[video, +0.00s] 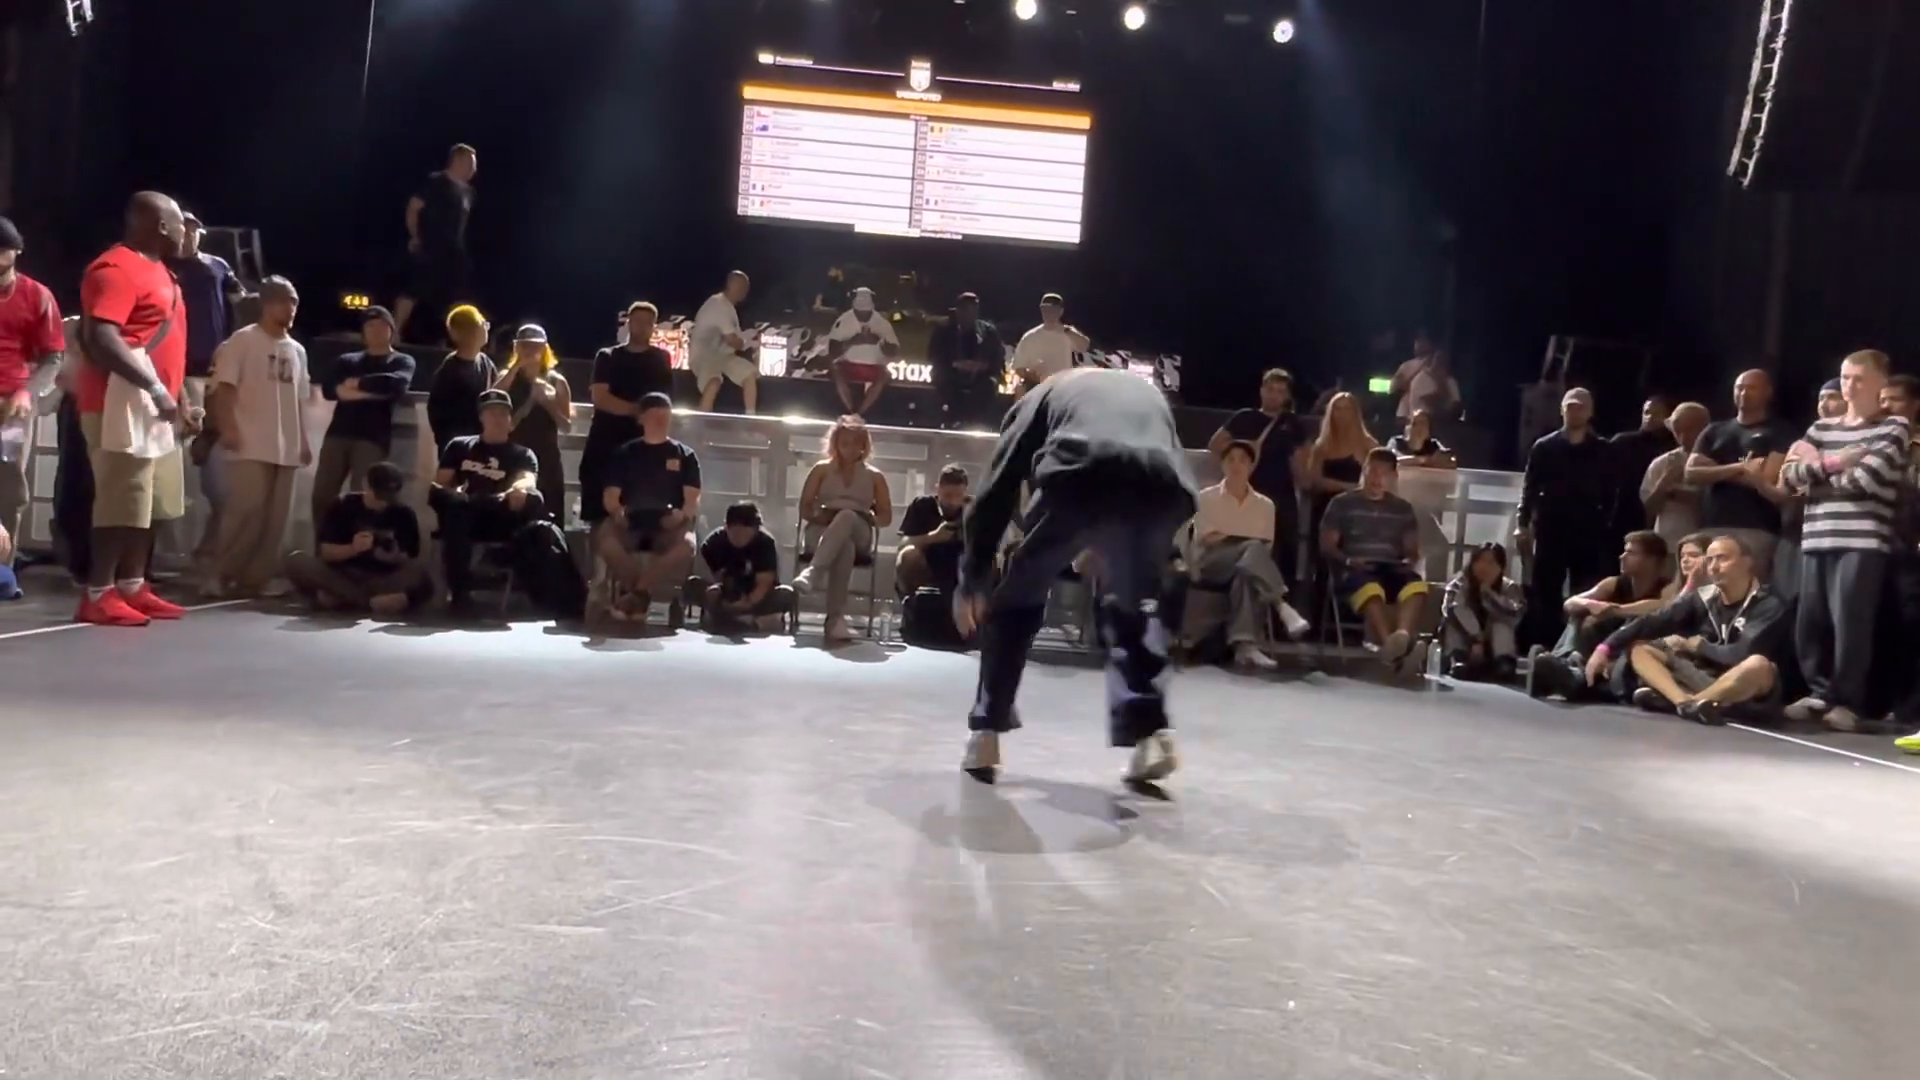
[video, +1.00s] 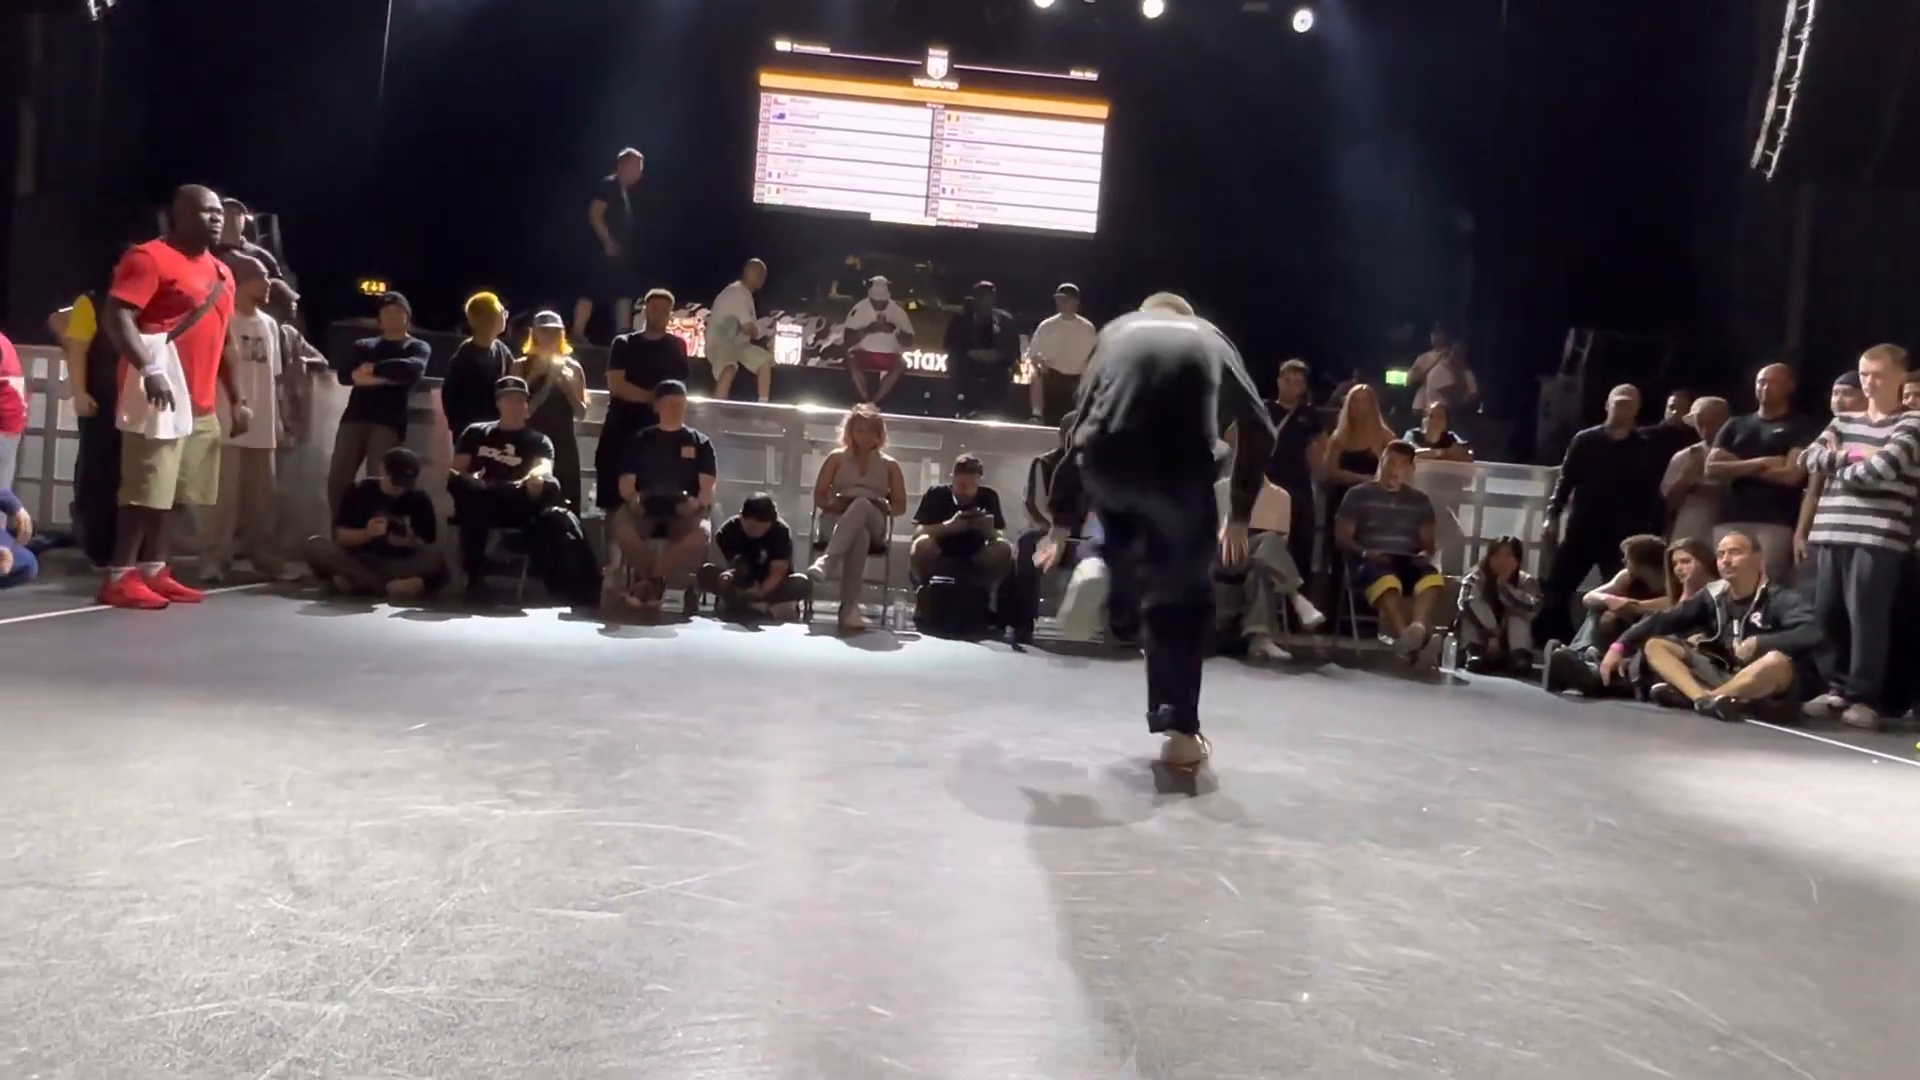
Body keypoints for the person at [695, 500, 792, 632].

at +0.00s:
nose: (739, 538)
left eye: (745, 533)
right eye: (735, 532)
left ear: (755, 530)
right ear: (727, 527)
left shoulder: (765, 542)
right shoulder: (711, 544)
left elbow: (765, 582)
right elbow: (718, 578)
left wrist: (748, 602)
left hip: (755, 586)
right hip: (728, 586)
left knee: (786, 593)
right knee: (692, 584)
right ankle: (752, 622)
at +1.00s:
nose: (755, 532)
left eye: (761, 528)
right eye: (751, 526)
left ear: (770, 523)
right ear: (742, 517)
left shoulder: (780, 531)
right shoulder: (726, 533)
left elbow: (779, 569)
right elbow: (735, 566)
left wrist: (761, 591)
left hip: (770, 578)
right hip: (742, 579)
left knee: (802, 582)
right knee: (707, 572)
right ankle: (766, 609)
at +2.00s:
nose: (763, 526)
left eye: (769, 522)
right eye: (760, 520)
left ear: (778, 516)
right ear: (751, 509)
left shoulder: (788, 522)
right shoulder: (734, 524)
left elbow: (788, 562)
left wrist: (768, 581)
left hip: (779, 570)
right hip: (750, 572)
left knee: (810, 573)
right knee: (715, 566)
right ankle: (777, 601)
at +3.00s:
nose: (762, 524)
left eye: (768, 521)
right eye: (759, 519)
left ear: (779, 517)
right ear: (752, 508)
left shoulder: (790, 522)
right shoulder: (736, 523)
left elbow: (788, 563)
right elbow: (742, 558)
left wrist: (769, 580)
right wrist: (736, 568)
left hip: (780, 570)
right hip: (751, 570)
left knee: (811, 573)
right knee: (716, 564)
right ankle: (775, 600)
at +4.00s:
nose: (767, 524)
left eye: (772, 520)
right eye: (764, 519)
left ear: (779, 515)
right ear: (753, 511)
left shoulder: (790, 522)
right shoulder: (735, 523)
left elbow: (787, 563)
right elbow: (742, 556)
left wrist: (767, 581)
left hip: (779, 568)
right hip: (752, 568)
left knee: (809, 574)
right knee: (716, 563)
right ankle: (776, 600)